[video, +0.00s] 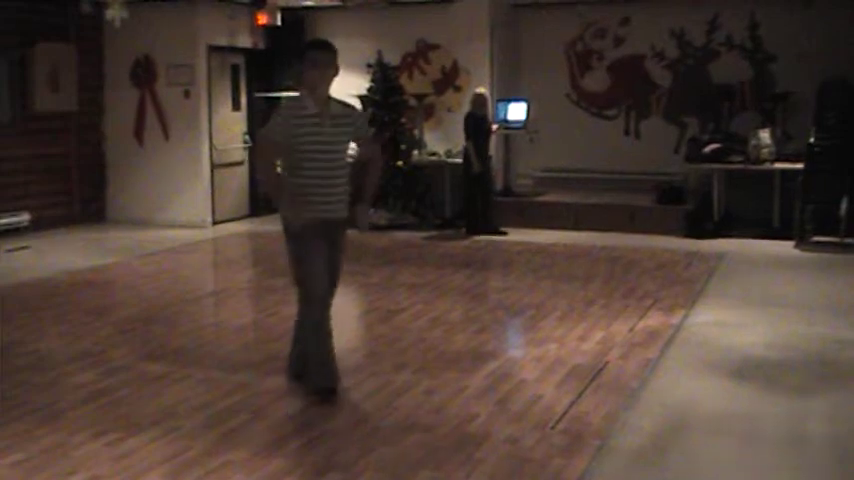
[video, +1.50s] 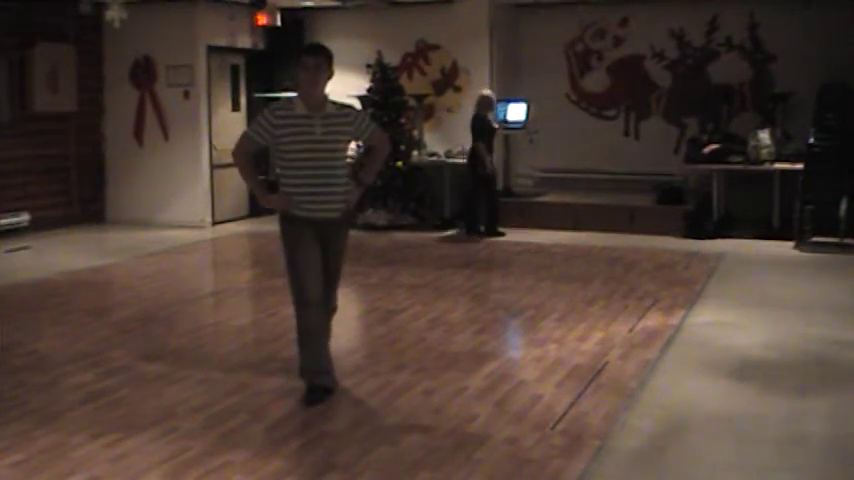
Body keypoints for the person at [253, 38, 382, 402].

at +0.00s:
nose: (321, 74)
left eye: (328, 67)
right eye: (315, 66)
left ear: (337, 71)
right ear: (303, 71)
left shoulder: (348, 115)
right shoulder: (289, 114)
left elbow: (372, 154)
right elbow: (262, 158)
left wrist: (363, 201)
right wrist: (282, 197)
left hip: (336, 216)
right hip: (301, 216)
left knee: (323, 292)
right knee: (315, 293)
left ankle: (300, 361)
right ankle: (323, 379)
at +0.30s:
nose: (316, 75)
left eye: (324, 69)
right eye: (310, 68)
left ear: (334, 74)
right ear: (300, 72)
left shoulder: (350, 116)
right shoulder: (278, 115)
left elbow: (384, 147)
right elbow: (238, 146)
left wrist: (362, 186)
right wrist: (263, 189)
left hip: (337, 218)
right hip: (297, 218)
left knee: (327, 294)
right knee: (309, 297)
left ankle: (317, 361)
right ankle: (317, 380)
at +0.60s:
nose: (312, 76)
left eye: (319, 70)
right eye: (307, 69)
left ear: (331, 74)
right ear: (297, 73)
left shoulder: (347, 115)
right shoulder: (277, 115)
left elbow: (383, 145)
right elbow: (238, 147)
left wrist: (360, 182)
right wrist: (265, 190)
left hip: (336, 217)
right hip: (296, 217)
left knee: (327, 295)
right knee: (308, 297)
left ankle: (315, 356)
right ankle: (317, 379)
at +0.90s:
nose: (312, 75)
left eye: (319, 68)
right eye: (306, 68)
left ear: (331, 74)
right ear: (296, 73)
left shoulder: (346, 115)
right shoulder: (277, 114)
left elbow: (382, 144)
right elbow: (237, 146)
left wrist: (362, 182)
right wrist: (263, 190)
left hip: (336, 217)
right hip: (297, 217)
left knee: (326, 296)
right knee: (308, 298)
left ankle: (315, 359)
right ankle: (317, 379)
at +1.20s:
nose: (311, 75)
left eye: (318, 68)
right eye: (305, 67)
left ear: (330, 74)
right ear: (296, 73)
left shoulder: (345, 115)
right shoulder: (277, 114)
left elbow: (382, 144)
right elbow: (238, 148)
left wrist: (360, 184)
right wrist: (264, 191)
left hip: (336, 217)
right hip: (297, 216)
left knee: (327, 297)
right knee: (309, 297)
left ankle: (314, 361)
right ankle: (318, 379)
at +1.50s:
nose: (310, 77)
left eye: (318, 70)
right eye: (305, 69)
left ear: (329, 74)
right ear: (296, 74)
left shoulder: (346, 115)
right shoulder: (278, 116)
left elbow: (381, 145)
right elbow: (240, 151)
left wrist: (359, 184)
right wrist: (262, 194)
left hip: (336, 218)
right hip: (297, 217)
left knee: (327, 297)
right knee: (309, 297)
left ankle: (315, 362)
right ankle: (318, 379)